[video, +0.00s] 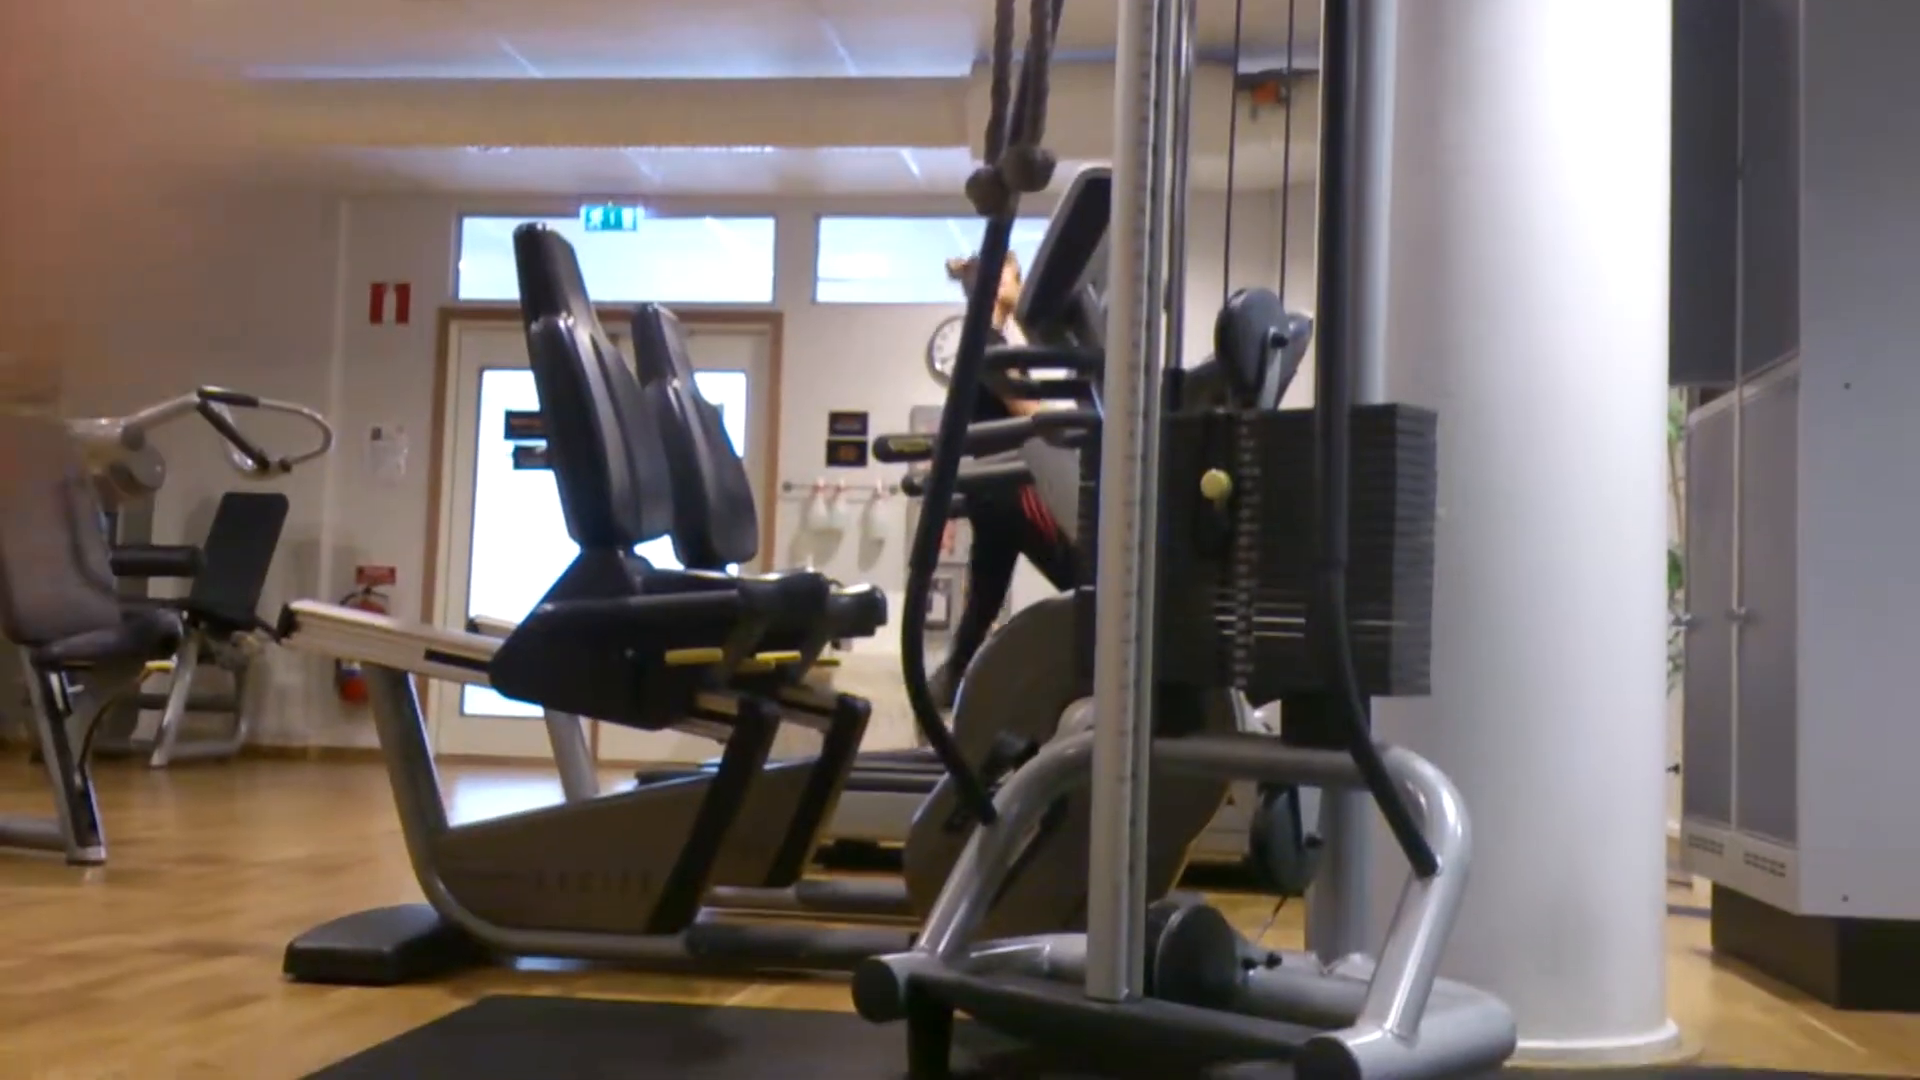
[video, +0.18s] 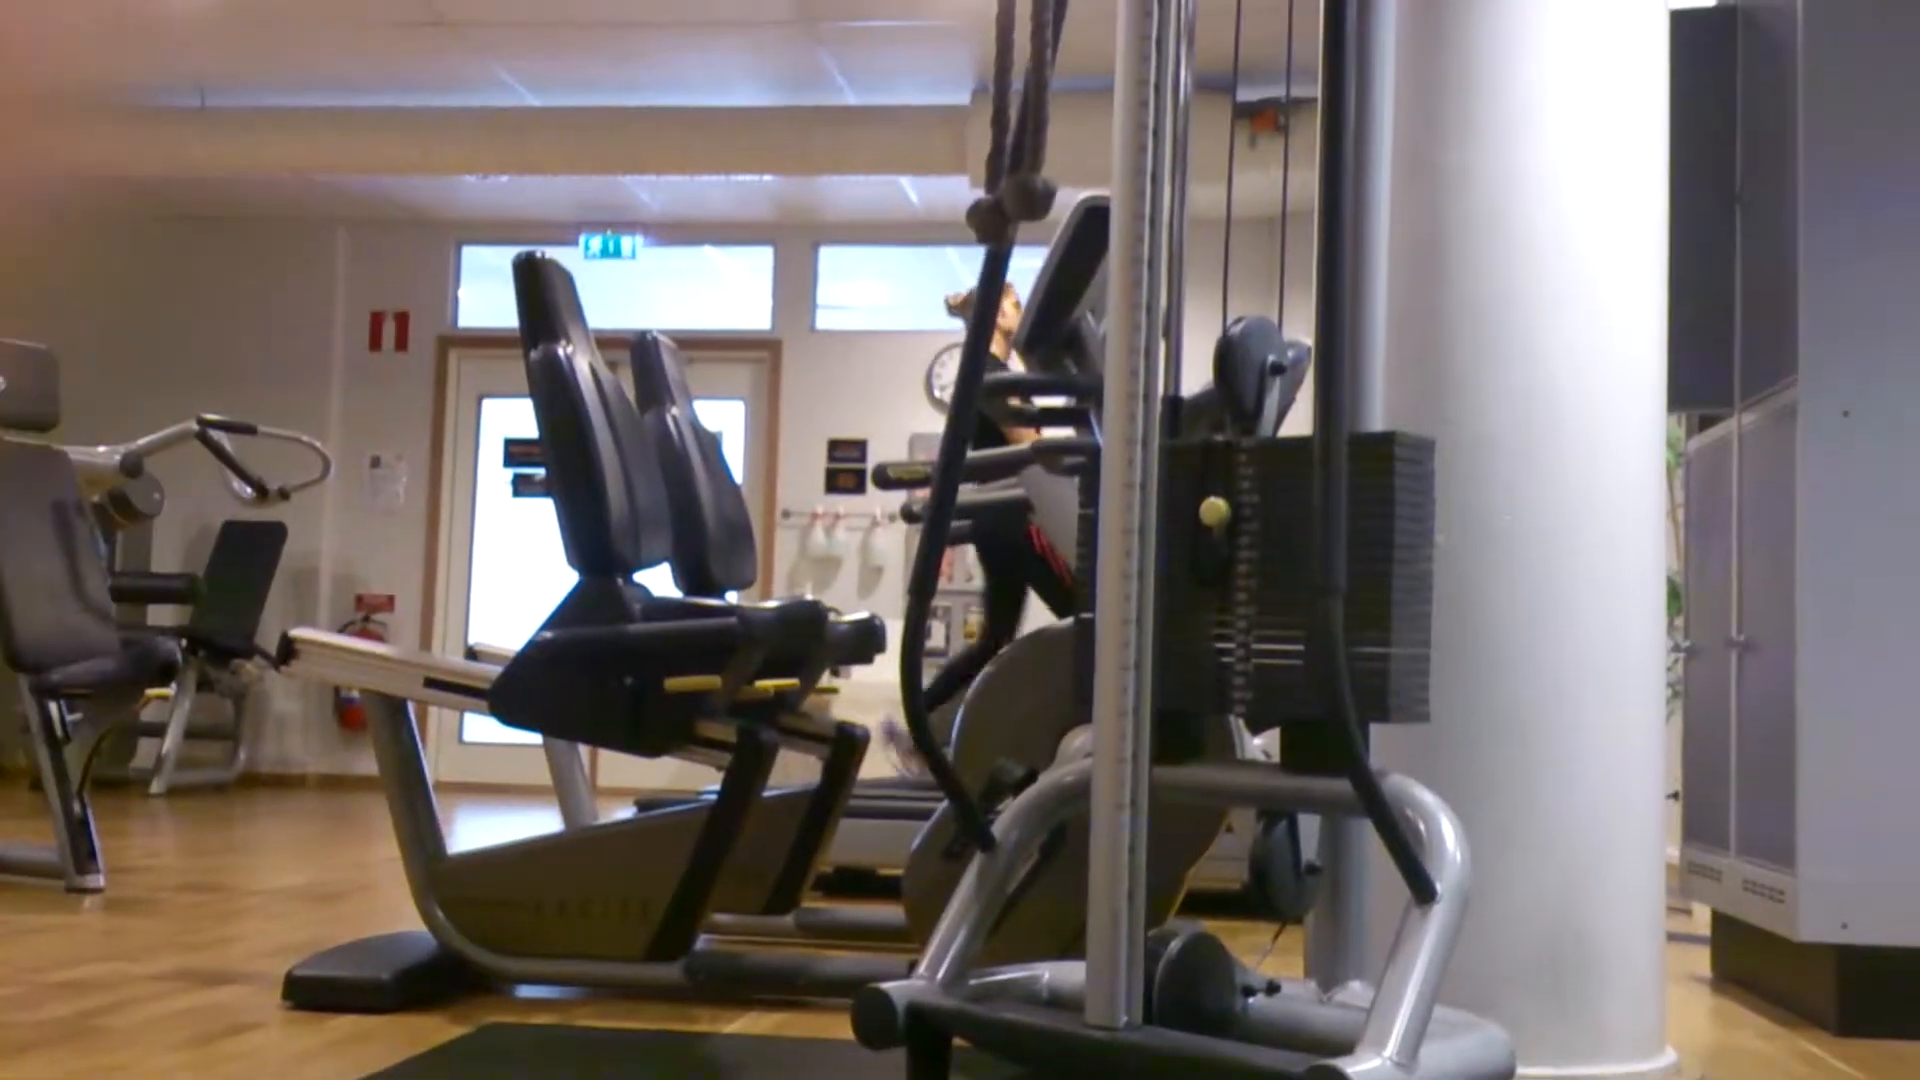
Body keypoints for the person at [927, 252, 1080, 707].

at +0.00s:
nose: (1019, 284)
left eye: (1017, 276)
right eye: (1013, 276)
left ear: (995, 284)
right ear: (996, 283)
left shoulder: (1000, 335)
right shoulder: (989, 340)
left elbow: (1024, 404)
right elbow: (1023, 407)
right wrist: (1068, 422)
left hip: (999, 475)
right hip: (1002, 477)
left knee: (986, 596)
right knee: (1078, 575)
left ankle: (952, 678)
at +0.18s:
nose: (1019, 310)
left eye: (1017, 302)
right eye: (1012, 302)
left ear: (990, 314)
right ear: (992, 311)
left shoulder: (995, 367)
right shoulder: (991, 372)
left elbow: (1024, 437)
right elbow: (1026, 440)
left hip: (997, 511)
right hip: (1004, 511)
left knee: (997, 639)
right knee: (1080, 612)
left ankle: (915, 721)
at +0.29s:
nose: (1020, 309)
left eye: (1018, 301)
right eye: (1013, 302)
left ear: (987, 313)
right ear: (993, 310)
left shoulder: (990, 364)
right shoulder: (992, 368)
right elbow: (1027, 433)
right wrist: (1076, 454)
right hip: (1004, 501)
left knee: (1042, 617)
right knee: (1040, 618)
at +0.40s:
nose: (1020, 315)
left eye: (1017, 306)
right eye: (1012, 306)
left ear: (989, 316)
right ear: (989, 316)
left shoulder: (1000, 365)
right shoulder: (984, 370)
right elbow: (1012, 428)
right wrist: (1067, 438)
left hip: (1013, 510)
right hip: (997, 512)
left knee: (1070, 611)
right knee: (999, 633)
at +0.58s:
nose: (1012, 329)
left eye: (1010, 322)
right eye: (1003, 324)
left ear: (991, 338)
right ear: (981, 337)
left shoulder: (999, 387)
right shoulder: (979, 392)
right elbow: (1013, 447)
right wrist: (1073, 446)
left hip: (1011, 531)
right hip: (987, 535)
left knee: (1074, 628)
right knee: (961, 654)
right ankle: (894, 742)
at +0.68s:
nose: (1013, 332)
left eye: (1009, 325)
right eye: (1006, 325)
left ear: (977, 338)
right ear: (990, 335)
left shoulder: (993, 382)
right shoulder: (984, 387)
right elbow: (1014, 444)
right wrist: (1069, 452)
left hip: (1015, 526)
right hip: (997, 528)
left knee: (1046, 629)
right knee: (1014, 642)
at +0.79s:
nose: (1007, 330)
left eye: (1003, 323)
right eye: (999, 324)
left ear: (969, 334)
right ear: (977, 332)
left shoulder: (971, 380)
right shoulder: (974, 383)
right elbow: (1007, 441)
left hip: (988, 521)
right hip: (991, 524)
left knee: (1007, 639)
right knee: (1048, 631)